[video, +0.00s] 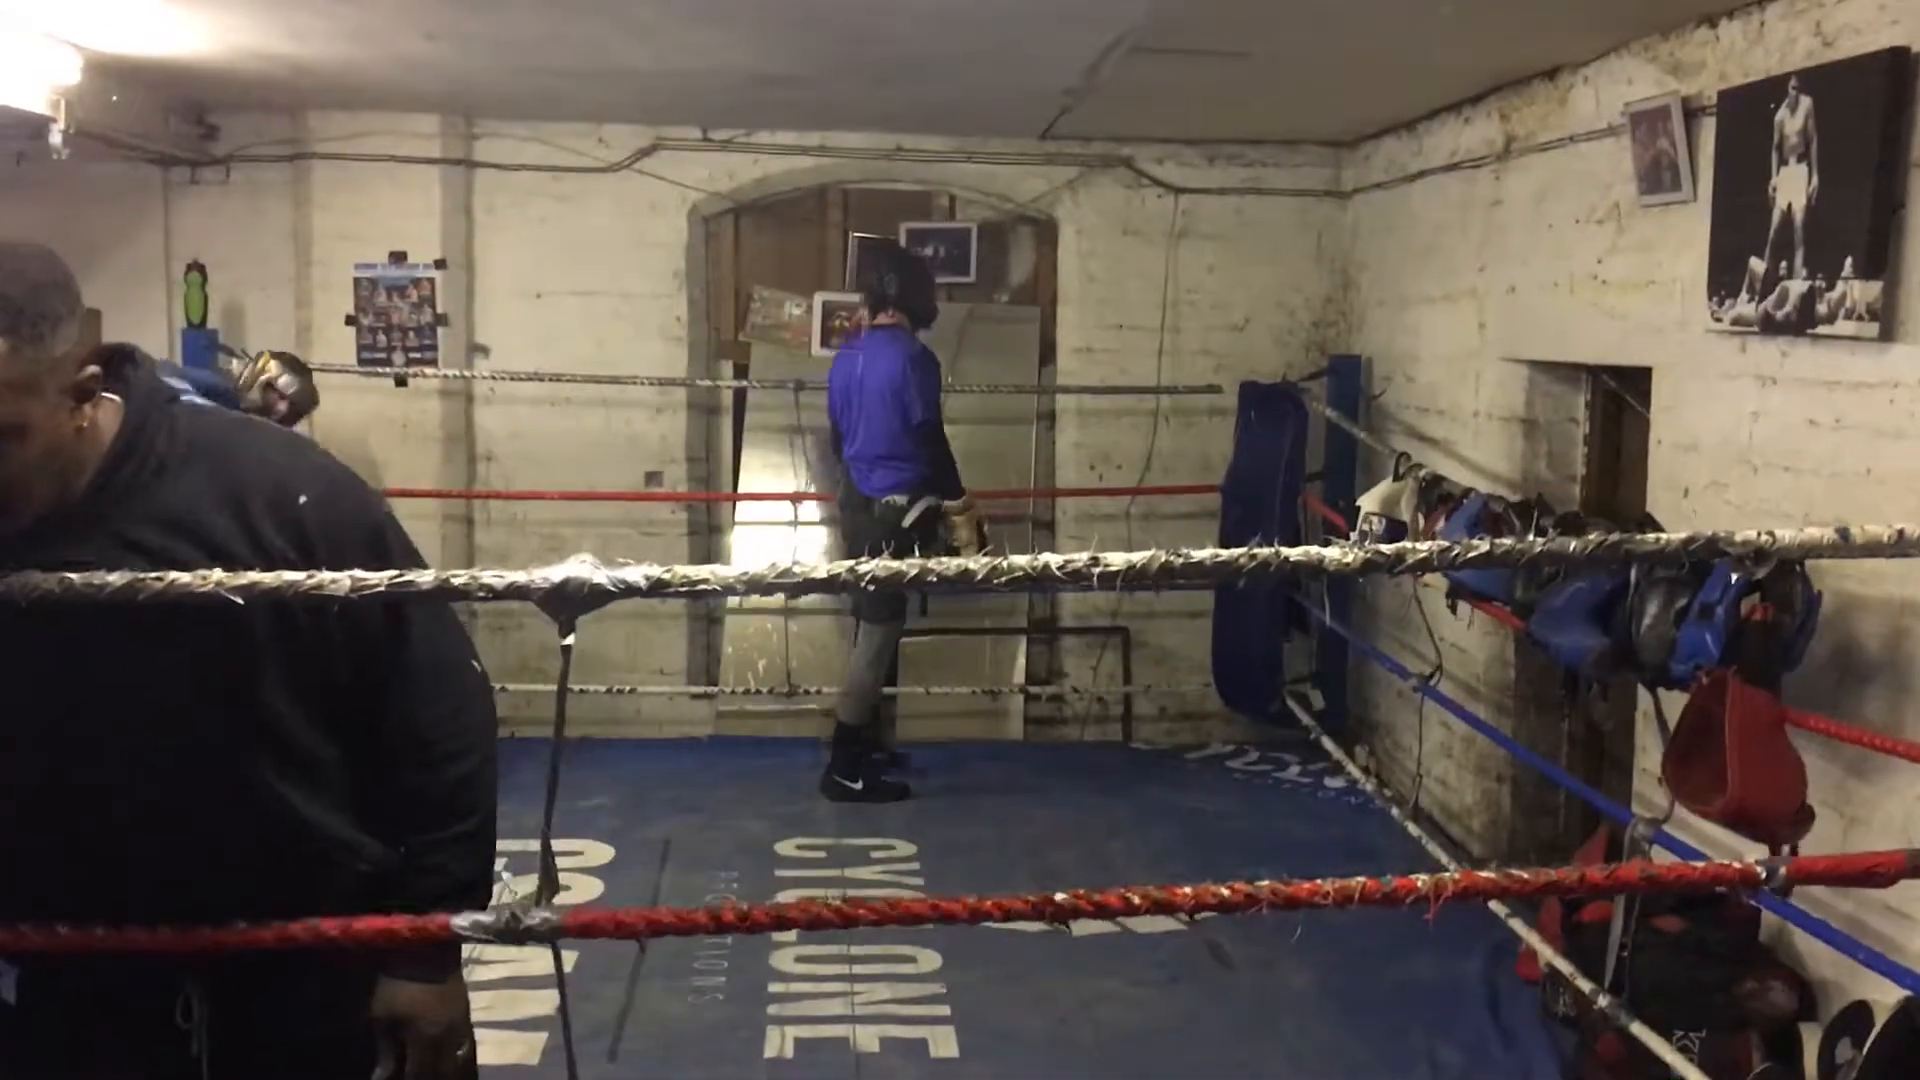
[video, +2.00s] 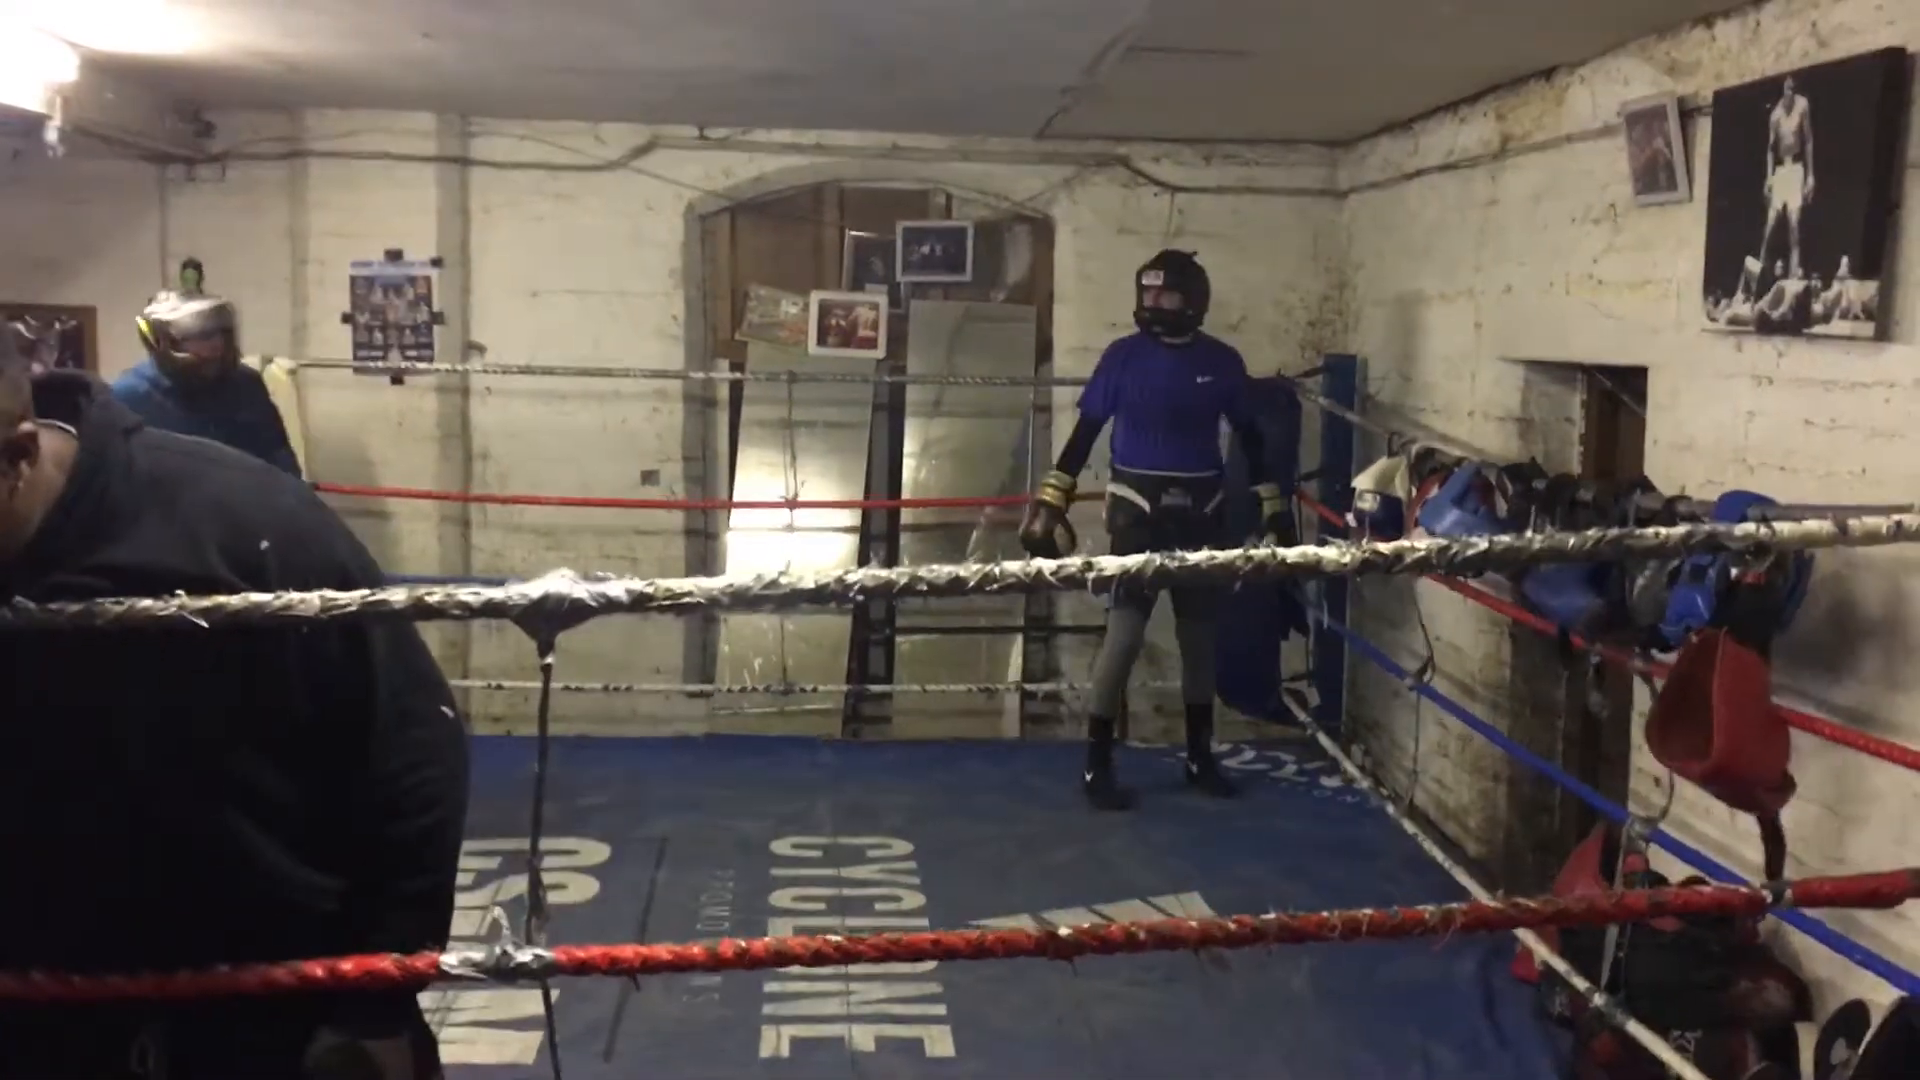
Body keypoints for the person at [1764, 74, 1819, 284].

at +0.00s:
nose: (1793, 93)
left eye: (1797, 89)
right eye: (1792, 88)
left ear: (1801, 90)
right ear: (1787, 89)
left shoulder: (1806, 104)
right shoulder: (1780, 114)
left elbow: (1813, 138)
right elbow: (1775, 146)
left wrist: (1815, 175)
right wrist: (1774, 176)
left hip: (1801, 166)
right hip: (1784, 167)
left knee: (1799, 222)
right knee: (1775, 224)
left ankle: (1798, 272)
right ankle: (1766, 272)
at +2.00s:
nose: (1789, 92)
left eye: (1792, 89)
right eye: (1787, 88)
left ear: (1796, 89)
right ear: (1783, 89)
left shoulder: (1802, 105)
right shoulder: (1775, 112)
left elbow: (1808, 139)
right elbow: (1770, 146)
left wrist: (1810, 175)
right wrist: (1768, 176)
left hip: (1796, 165)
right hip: (1779, 166)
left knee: (1794, 218)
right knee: (1772, 217)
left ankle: (1794, 264)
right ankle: (1762, 260)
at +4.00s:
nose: (1789, 93)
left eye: (1792, 89)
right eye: (1787, 88)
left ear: (1797, 90)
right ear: (1783, 88)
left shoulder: (1802, 104)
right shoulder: (1775, 114)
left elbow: (1808, 139)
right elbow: (1771, 146)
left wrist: (1810, 175)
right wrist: (1769, 175)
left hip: (1797, 163)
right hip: (1779, 165)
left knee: (1794, 220)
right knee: (1771, 220)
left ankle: (1793, 269)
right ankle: (1762, 267)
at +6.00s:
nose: (1789, 92)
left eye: (1792, 89)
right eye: (1787, 89)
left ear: (1796, 90)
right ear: (1783, 89)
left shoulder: (1802, 104)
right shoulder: (1776, 115)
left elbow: (1808, 139)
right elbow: (1771, 146)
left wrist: (1810, 174)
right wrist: (1769, 175)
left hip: (1797, 164)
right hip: (1780, 165)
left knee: (1794, 221)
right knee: (1771, 221)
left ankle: (1795, 268)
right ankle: (1762, 269)